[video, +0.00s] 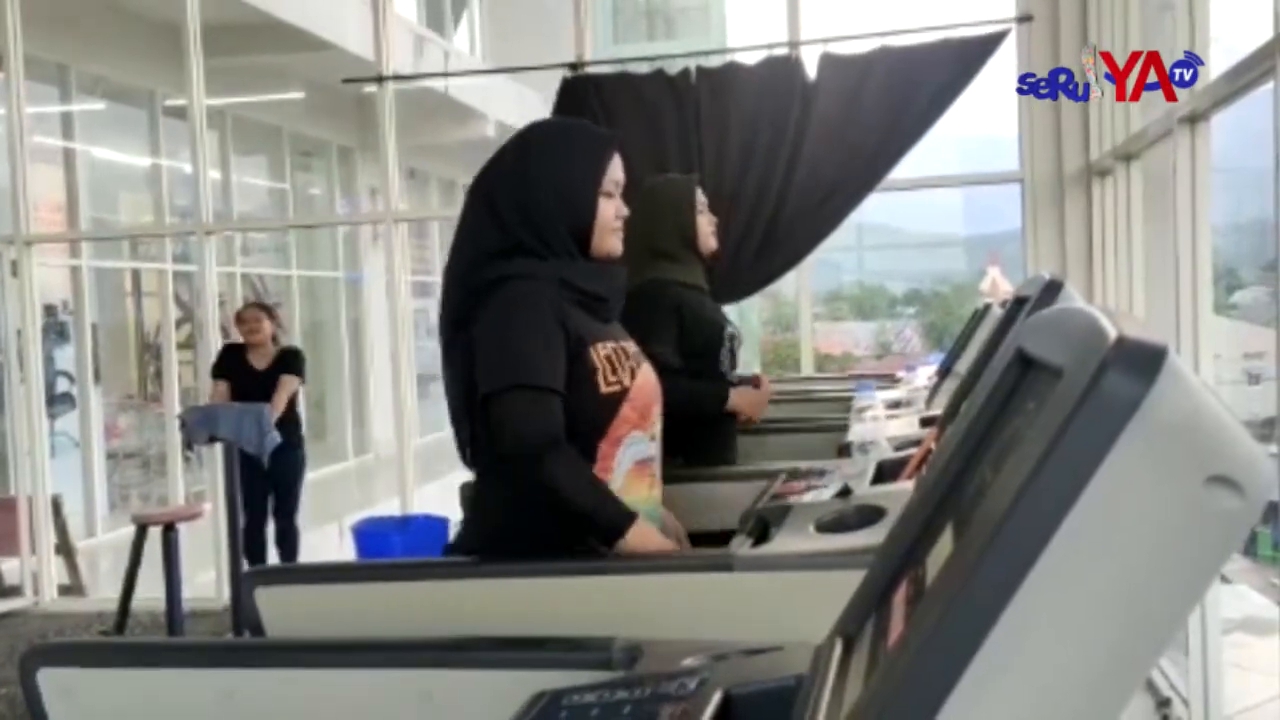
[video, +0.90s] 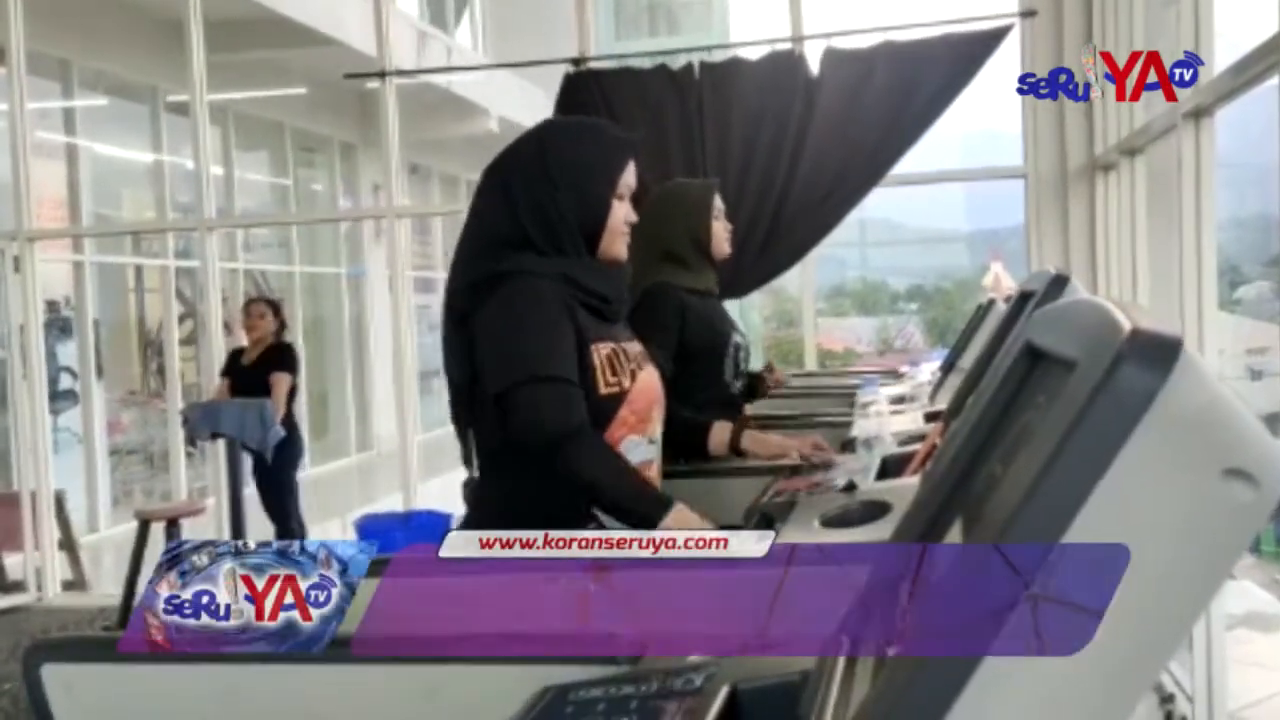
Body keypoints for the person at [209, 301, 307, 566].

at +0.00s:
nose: (251, 329)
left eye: (257, 322)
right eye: (245, 324)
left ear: (272, 324)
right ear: (238, 329)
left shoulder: (290, 357)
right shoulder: (230, 354)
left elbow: (282, 396)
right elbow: (220, 396)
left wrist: (263, 428)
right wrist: (217, 428)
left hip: (285, 439)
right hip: (246, 440)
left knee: (285, 513)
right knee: (254, 514)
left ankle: (288, 572)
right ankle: (257, 574)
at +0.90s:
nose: (253, 322)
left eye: (261, 316)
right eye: (249, 316)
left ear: (276, 322)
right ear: (243, 322)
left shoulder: (282, 352)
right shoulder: (237, 356)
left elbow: (280, 392)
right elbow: (223, 393)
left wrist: (271, 426)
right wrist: (207, 417)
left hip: (281, 429)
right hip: (253, 432)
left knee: (282, 493)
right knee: (268, 497)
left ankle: (293, 548)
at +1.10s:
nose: (247, 320)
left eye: (255, 315)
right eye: (245, 315)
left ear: (273, 322)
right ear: (240, 319)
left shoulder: (278, 351)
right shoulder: (237, 357)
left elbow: (279, 395)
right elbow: (224, 394)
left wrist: (268, 431)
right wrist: (207, 417)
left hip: (282, 434)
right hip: (256, 436)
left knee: (280, 510)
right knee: (290, 511)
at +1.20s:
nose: (246, 320)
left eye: (254, 315)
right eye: (244, 315)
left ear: (272, 322)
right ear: (240, 320)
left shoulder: (279, 351)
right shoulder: (236, 357)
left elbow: (279, 395)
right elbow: (224, 394)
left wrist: (270, 427)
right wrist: (205, 416)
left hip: (281, 431)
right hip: (254, 433)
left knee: (284, 502)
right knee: (273, 503)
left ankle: (294, 556)